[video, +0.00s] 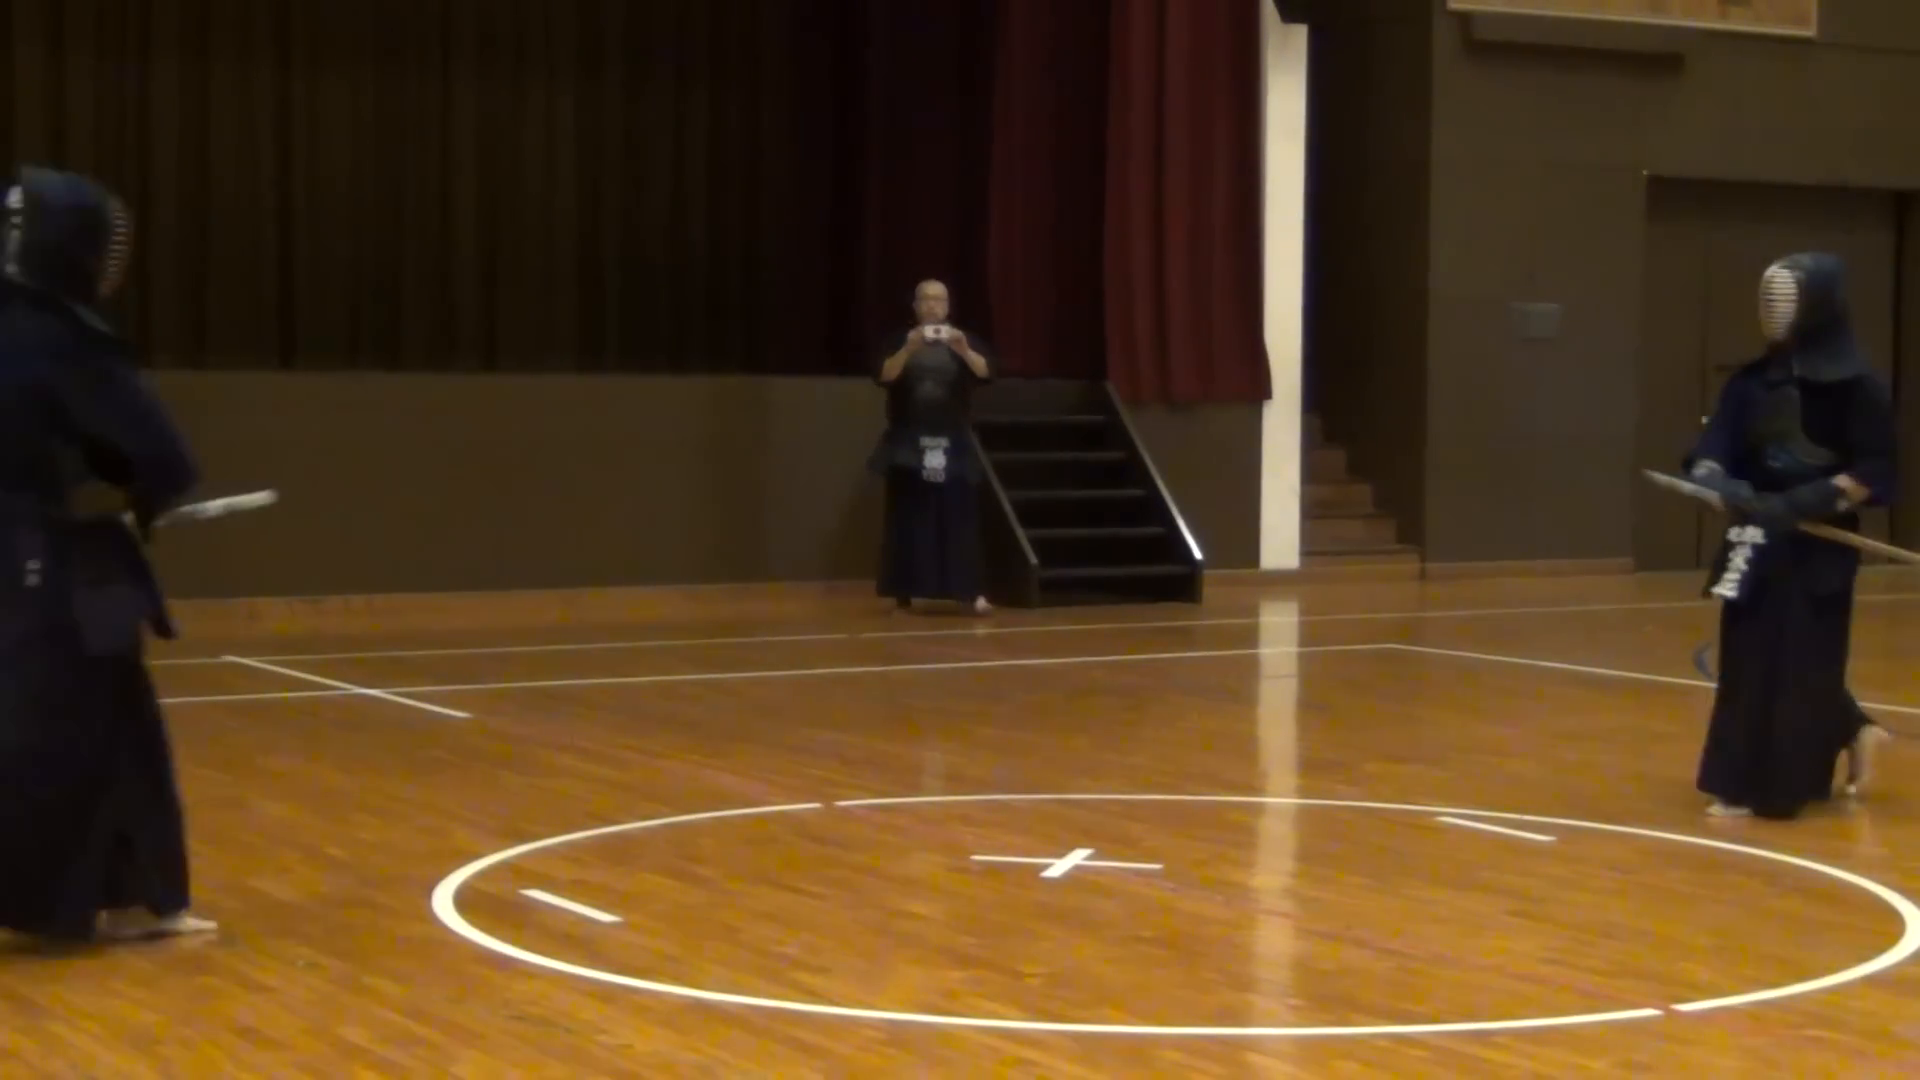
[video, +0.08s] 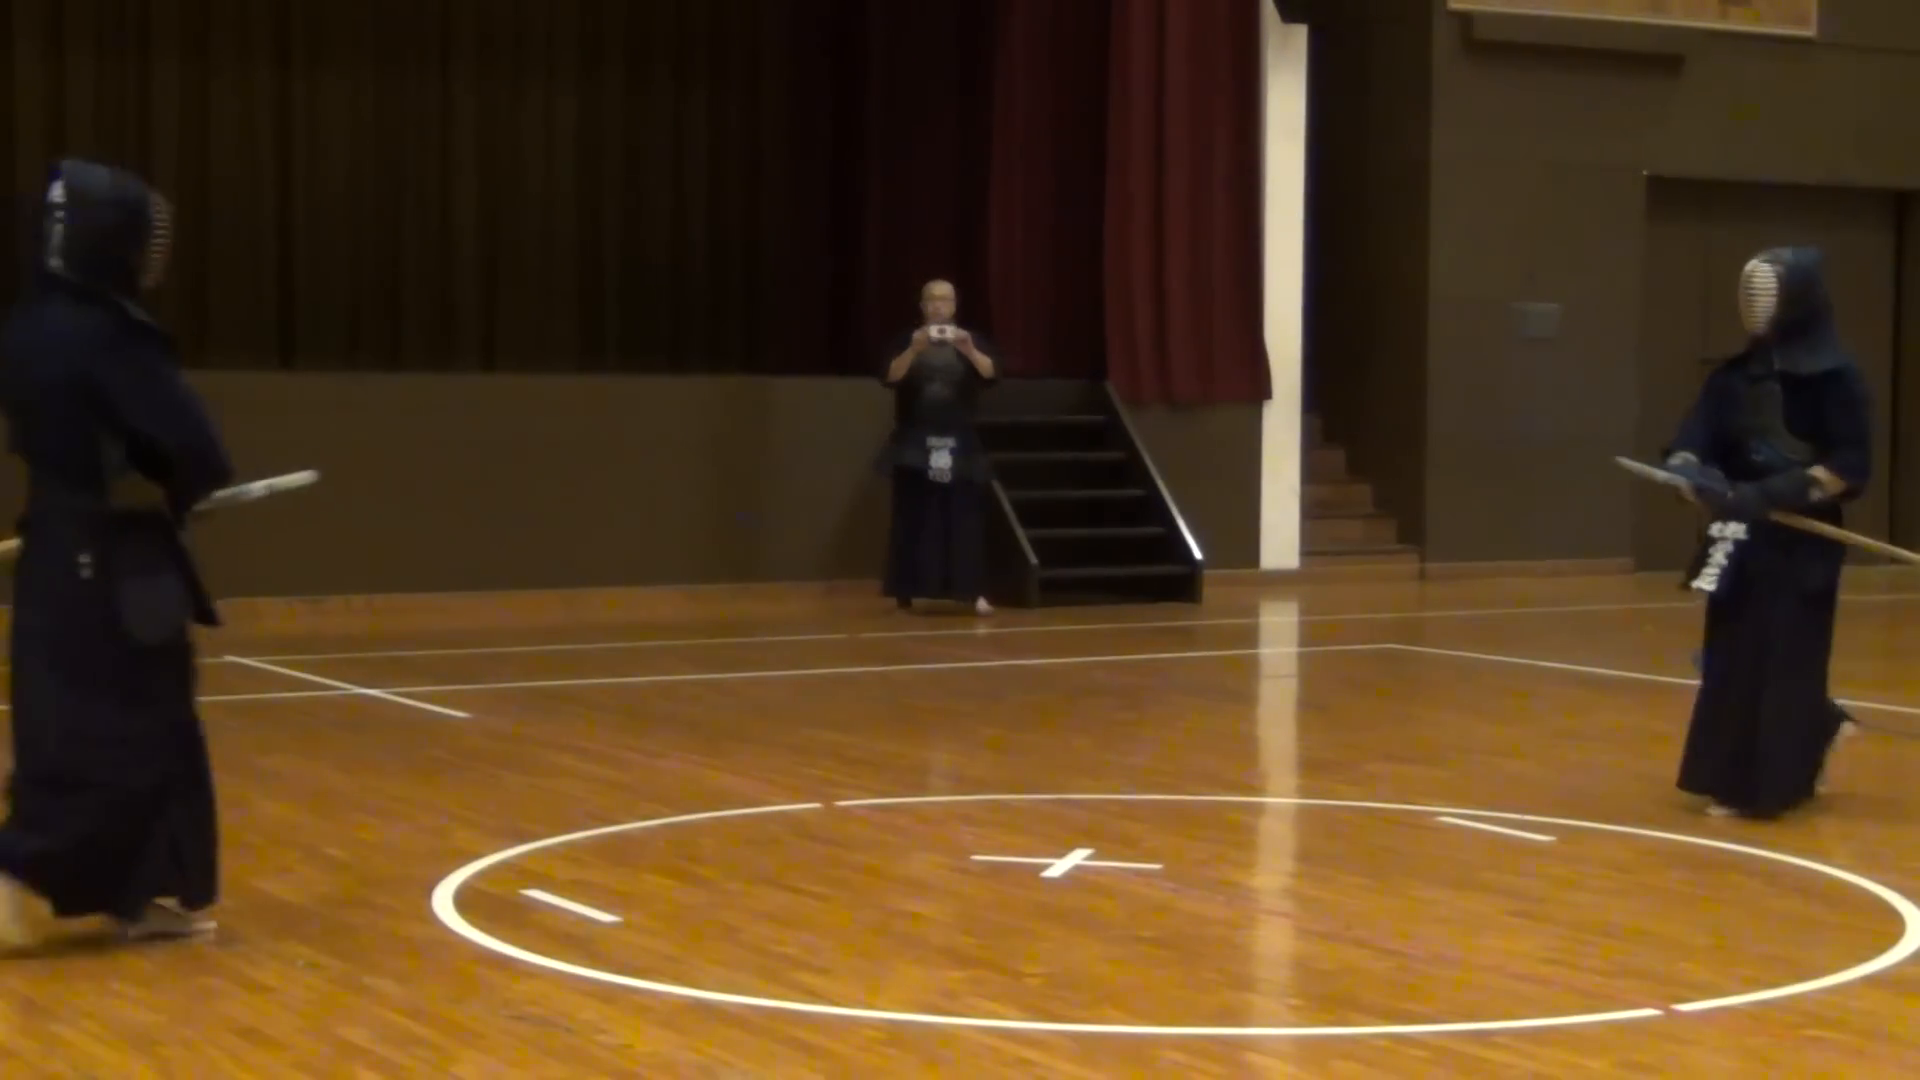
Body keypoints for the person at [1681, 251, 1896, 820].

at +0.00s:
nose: (1771, 312)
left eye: (1783, 301)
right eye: (1768, 301)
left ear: (1818, 305)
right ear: (1766, 304)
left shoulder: (1853, 386)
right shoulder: (1754, 379)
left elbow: (1873, 473)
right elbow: (1717, 440)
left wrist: (1796, 503)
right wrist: (1713, 472)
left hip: (1818, 539)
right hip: (1755, 532)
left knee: (1792, 656)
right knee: (1750, 651)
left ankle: (1746, 788)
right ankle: (1857, 734)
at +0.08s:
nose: (1752, 306)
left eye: (1764, 295)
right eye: (1749, 295)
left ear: (1797, 298)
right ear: (1745, 298)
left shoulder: (1830, 374)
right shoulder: (1735, 373)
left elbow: (1849, 466)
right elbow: (1691, 440)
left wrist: (1765, 494)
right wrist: (1695, 471)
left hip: (1803, 538)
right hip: (1741, 531)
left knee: (1780, 656)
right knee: (1734, 648)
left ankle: (1764, 787)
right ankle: (1814, 717)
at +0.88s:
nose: (1560, 308)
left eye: (1572, 297)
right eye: (1557, 296)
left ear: (1608, 300)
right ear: (1555, 300)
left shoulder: (1652, 378)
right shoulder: (1546, 374)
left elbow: (1629, 457)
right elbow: (1500, 437)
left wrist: (1548, 469)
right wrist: (1459, 469)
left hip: (1631, 539)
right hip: (1560, 536)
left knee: (1618, 664)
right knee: (1533, 655)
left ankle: (1615, 798)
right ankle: (1529, 792)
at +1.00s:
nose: (1553, 315)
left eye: (1566, 304)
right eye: (1551, 303)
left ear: (1600, 308)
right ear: (1551, 307)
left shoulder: (1645, 385)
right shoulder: (1541, 379)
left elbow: (1612, 461)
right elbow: (1499, 430)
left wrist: (1530, 493)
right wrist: (1462, 462)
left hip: (1624, 550)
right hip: (1553, 544)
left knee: (1605, 676)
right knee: (1520, 663)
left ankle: (1596, 806)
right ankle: (1499, 795)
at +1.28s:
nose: (1546, 351)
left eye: (1559, 340)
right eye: (1543, 340)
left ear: (1593, 345)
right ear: (1541, 343)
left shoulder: (1635, 421)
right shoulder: (1532, 417)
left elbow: (1599, 499)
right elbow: (1493, 469)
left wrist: (1523, 537)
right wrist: (1456, 492)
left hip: (1617, 578)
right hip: (1546, 573)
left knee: (1597, 673)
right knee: (1497, 664)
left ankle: (1594, 807)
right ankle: (1496, 797)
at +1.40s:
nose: (1543, 372)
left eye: (1556, 361)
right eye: (1540, 360)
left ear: (1590, 366)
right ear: (1537, 363)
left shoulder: (1629, 442)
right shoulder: (1530, 437)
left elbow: (1594, 520)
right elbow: (1491, 486)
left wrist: (1520, 559)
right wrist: (1453, 512)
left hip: (1614, 594)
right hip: (1541, 590)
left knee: (1599, 683)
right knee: (1481, 675)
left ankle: (1597, 809)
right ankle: (1495, 800)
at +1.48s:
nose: (1543, 387)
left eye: (1555, 376)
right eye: (1539, 375)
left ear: (1587, 381)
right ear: (1534, 379)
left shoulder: (1627, 457)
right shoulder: (1528, 451)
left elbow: (1592, 534)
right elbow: (1493, 499)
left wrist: (1516, 575)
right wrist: (1455, 527)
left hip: (1612, 610)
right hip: (1537, 607)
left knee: (1605, 697)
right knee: (1469, 687)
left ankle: (1599, 812)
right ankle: (1493, 805)